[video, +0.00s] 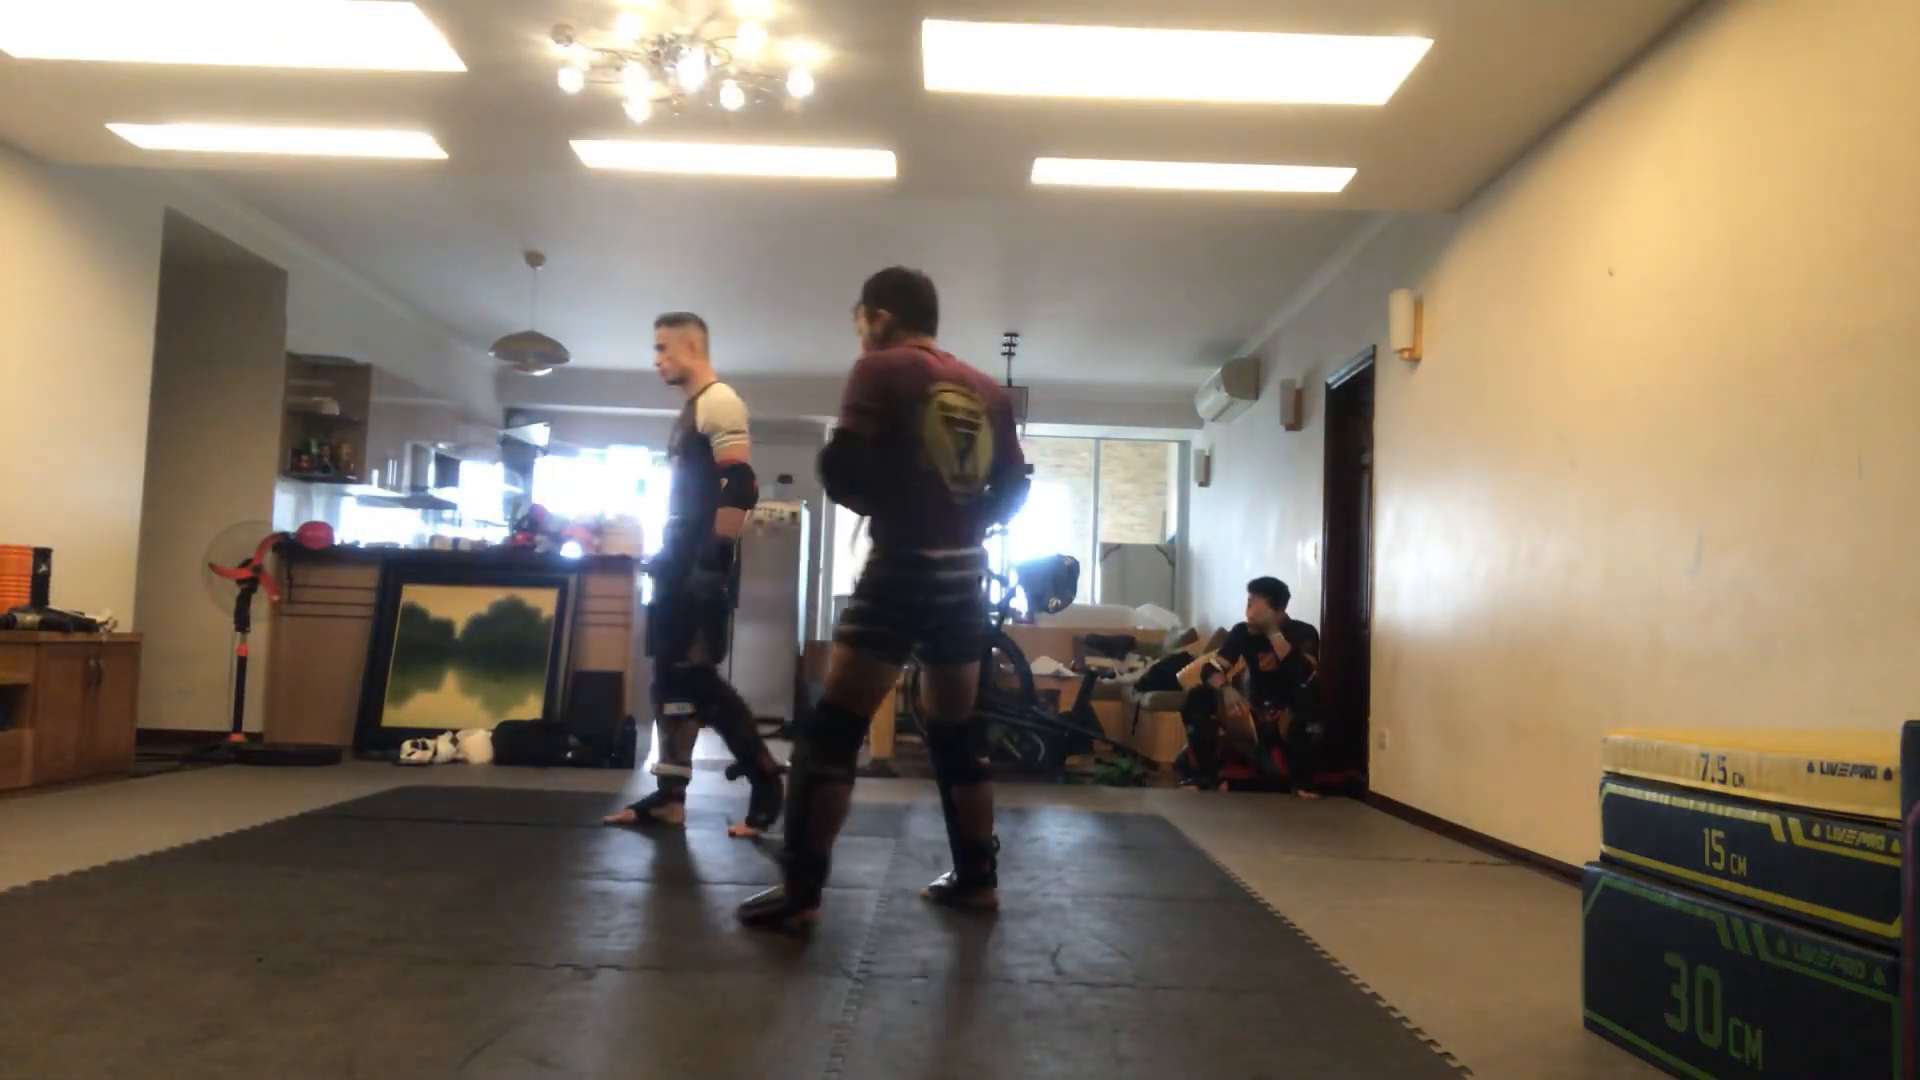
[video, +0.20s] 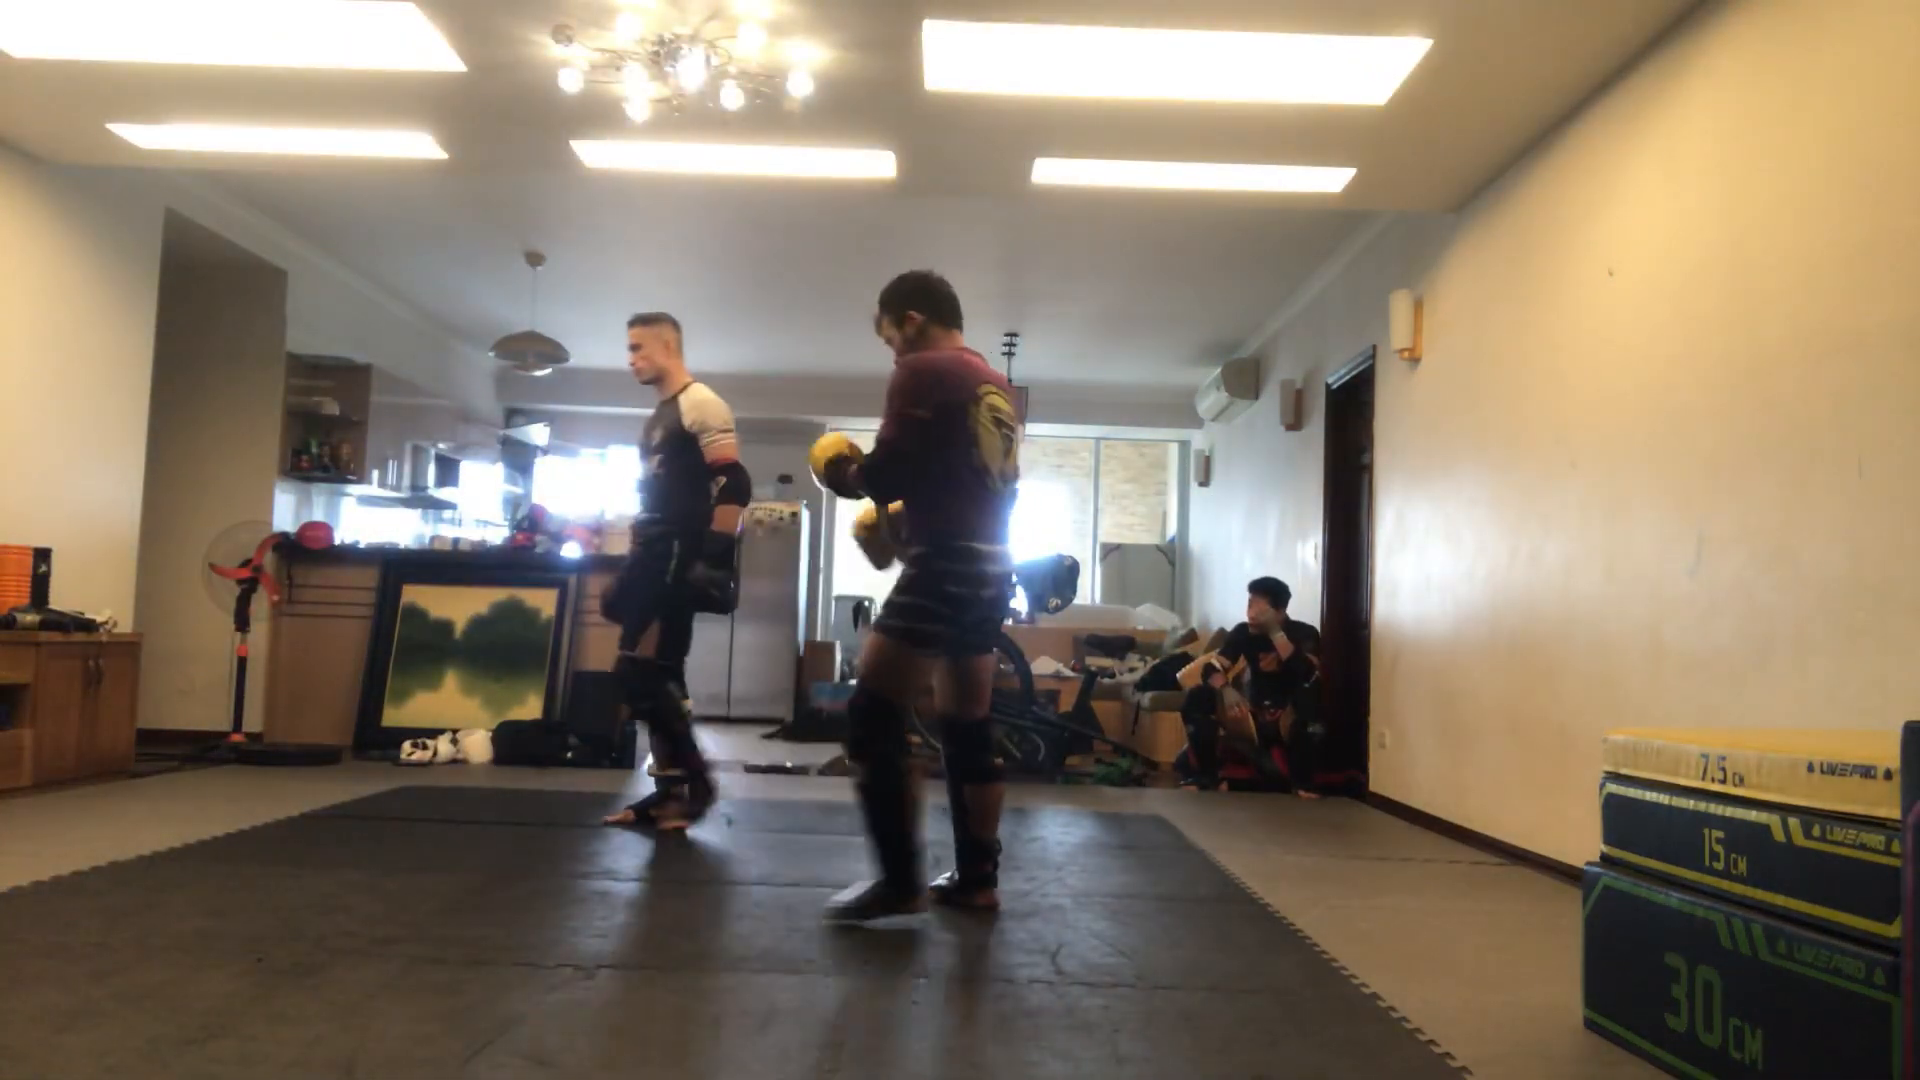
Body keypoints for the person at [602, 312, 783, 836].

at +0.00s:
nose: (658, 359)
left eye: (665, 349)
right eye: (657, 350)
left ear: (695, 349)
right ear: (683, 352)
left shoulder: (719, 402)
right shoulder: (693, 409)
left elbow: (738, 486)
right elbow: (691, 495)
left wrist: (714, 561)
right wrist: (670, 555)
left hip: (704, 563)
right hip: (680, 560)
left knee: (694, 674)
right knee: (673, 676)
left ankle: (766, 777)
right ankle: (669, 793)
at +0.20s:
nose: (631, 359)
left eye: (638, 348)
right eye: (630, 350)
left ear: (670, 347)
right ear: (649, 353)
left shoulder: (701, 402)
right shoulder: (662, 414)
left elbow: (733, 483)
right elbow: (657, 505)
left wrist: (716, 557)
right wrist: (631, 572)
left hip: (681, 557)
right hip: (657, 556)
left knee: (639, 670)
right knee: (658, 674)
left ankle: (696, 780)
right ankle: (669, 792)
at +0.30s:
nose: (618, 358)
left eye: (625, 347)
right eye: (617, 349)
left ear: (658, 346)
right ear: (638, 352)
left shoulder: (692, 403)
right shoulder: (649, 415)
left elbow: (721, 485)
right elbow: (649, 501)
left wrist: (704, 558)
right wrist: (617, 554)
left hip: (669, 557)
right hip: (647, 555)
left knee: (620, 669)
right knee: (655, 672)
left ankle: (654, 794)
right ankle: (662, 794)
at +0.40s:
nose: (604, 356)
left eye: (611, 345)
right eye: (602, 347)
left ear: (643, 345)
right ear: (621, 351)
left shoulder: (677, 403)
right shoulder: (628, 418)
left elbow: (707, 485)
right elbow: (621, 508)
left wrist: (689, 560)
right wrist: (589, 565)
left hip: (658, 558)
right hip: (629, 557)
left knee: (600, 671)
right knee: (651, 671)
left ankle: (579, 799)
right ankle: (668, 796)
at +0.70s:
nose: (561, 344)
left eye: (569, 334)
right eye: (560, 335)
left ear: (603, 336)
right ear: (585, 340)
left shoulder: (623, 397)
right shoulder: (586, 404)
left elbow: (643, 490)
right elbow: (581, 495)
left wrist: (621, 564)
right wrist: (552, 553)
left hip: (600, 561)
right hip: (579, 560)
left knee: (566, 679)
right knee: (604, 674)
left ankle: (530, 810)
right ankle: (659, 785)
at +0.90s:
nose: (534, 334)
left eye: (543, 325)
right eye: (535, 326)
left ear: (578, 329)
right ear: (564, 331)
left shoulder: (595, 391)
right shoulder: (563, 392)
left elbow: (594, 487)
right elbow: (549, 478)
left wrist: (555, 548)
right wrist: (525, 535)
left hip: (565, 550)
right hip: (541, 545)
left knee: (547, 678)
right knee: (519, 668)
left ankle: (527, 813)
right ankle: (609, 753)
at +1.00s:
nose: (523, 333)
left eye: (531, 323)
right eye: (523, 324)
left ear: (566, 326)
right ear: (555, 329)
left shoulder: (584, 391)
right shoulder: (553, 391)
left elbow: (570, 492)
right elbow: (541, 484)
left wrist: (520, 552)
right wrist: (517, 545)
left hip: (559, 556)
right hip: (535, 553)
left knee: (547, 681)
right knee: (484, 662)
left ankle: (526, 813)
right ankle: (554, 759)